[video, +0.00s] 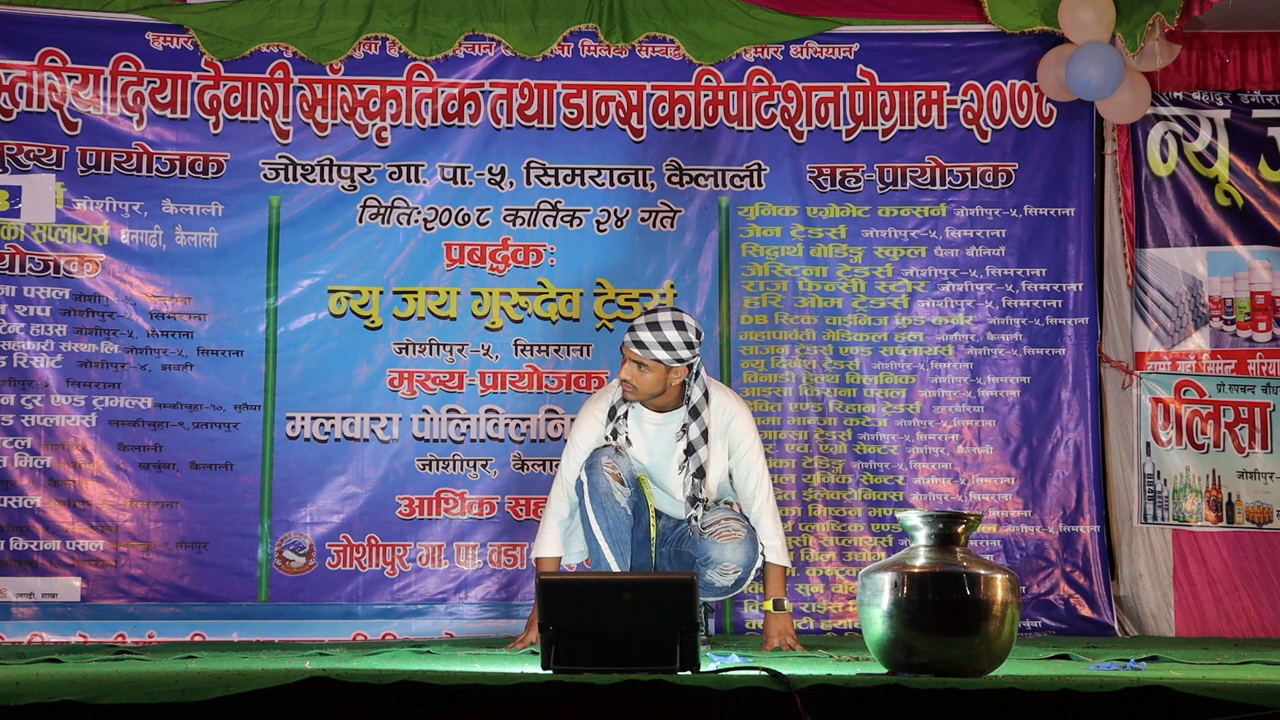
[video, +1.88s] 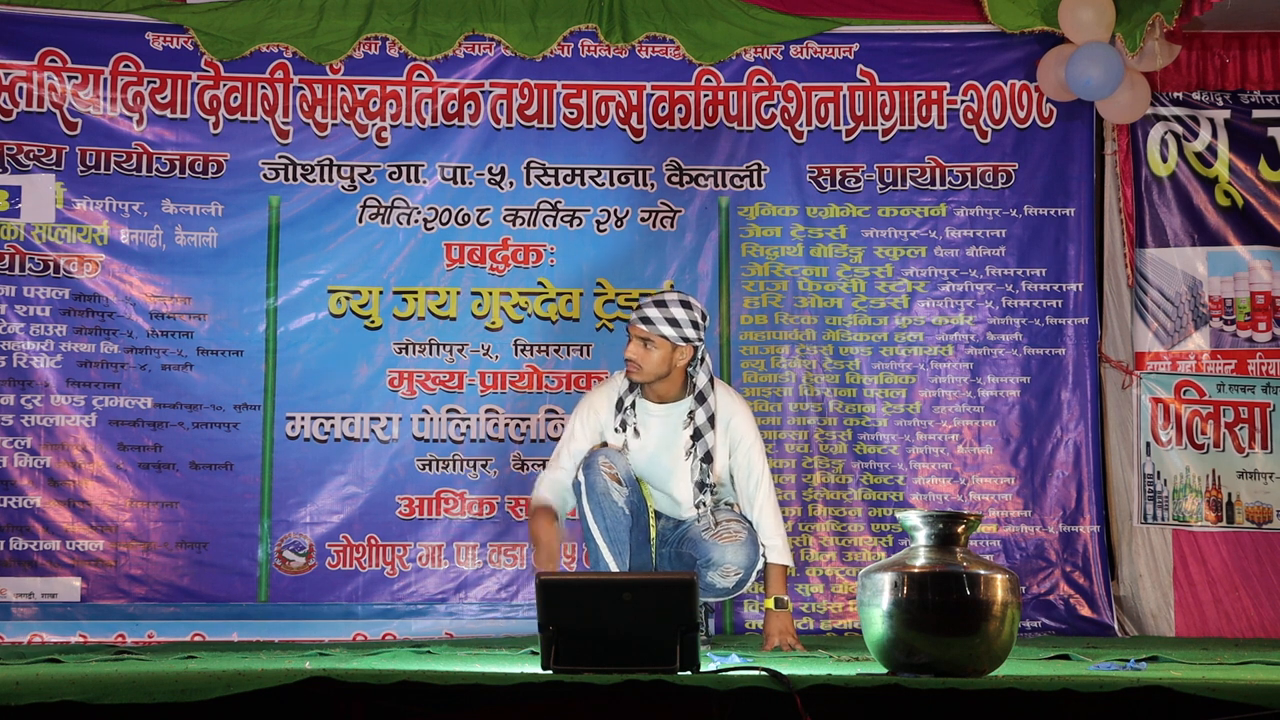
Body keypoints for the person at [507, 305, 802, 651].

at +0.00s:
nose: (623, 374)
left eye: (639, 367)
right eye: (624, 360)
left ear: (678, 373)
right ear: (622, 355)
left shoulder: (728, 414)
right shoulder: (600, 411)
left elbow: (763, 508)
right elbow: (559, 506)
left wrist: (777, 609)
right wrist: (541, 608)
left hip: (693, 541)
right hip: (630, 532)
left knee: (733, 545)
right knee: (604, 462)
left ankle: (690, 610)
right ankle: (618, 606)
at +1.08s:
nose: (623, 355)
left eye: (640, 346)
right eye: (624, 341)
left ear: (676, 357)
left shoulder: (726, 410)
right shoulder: (602, 404)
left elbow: (761, 503)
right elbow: (560, 495)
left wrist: (776, 604)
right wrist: (530, 590)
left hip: (693, 542)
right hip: (630, 532)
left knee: (734, 545)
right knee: (599, 461)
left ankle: (688, 613)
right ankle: (621, 605)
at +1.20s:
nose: (625, 350)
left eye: (641, 340)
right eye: (627, 336)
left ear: (679, 351)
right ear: (625, 336)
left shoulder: (728, 408)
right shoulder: (603, 402)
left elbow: (761, 502)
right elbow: (562, 498)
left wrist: (776, 602)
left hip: (695, 541)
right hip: (629, 534)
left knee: (731, 539)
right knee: (601, 462)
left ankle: (691, 614)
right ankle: (618, 605)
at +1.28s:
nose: (627, 347)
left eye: (642, 338)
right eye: (627, 334)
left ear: (680, 350)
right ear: (625, 336)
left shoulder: (728, 409)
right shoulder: (603, 401)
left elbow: (761, 505)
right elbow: (558, 497)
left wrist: (777, 605)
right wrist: (480, 503)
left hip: (693, 536)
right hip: (633, 532)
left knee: (734, 542)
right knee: (604, 461)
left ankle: (681, 614)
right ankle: (623, 607)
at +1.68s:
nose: (630, 346)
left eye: (647, 338)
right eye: (631, 333)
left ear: (684, 351)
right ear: (628, 334)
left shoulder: (727, 411)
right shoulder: (603, 399)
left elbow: (762, 505)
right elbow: (559, 492)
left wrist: (778, 607)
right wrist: (497, 472)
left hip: (695, 534)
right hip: (634, 530)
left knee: (736, 555)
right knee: (605, 463)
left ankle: (679, 611)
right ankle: (627, 607)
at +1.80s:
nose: (628, 348)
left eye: (645, 340)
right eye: (629, 336)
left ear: (681, 353)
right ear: (625, 335)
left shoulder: (727, 410)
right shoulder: (604, 400)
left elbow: (762, 503)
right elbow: (559, 473)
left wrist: (778, 604)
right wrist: (535, 490)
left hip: (697, 537)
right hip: (634, 529)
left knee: (736, 550)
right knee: (601, 461)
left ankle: (684, 610)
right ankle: (619, 603)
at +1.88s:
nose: (629, 352)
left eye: (646, 344)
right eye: (629, 339)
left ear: (683, 355)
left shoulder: (728, 410)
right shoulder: (603, 402)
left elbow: (763, 504)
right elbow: (547, 496)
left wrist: (778, 604)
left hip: (695, 541)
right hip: (632, 535)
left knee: (735, 549)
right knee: (603, 462)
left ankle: (683, 609)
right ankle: (617, 602)